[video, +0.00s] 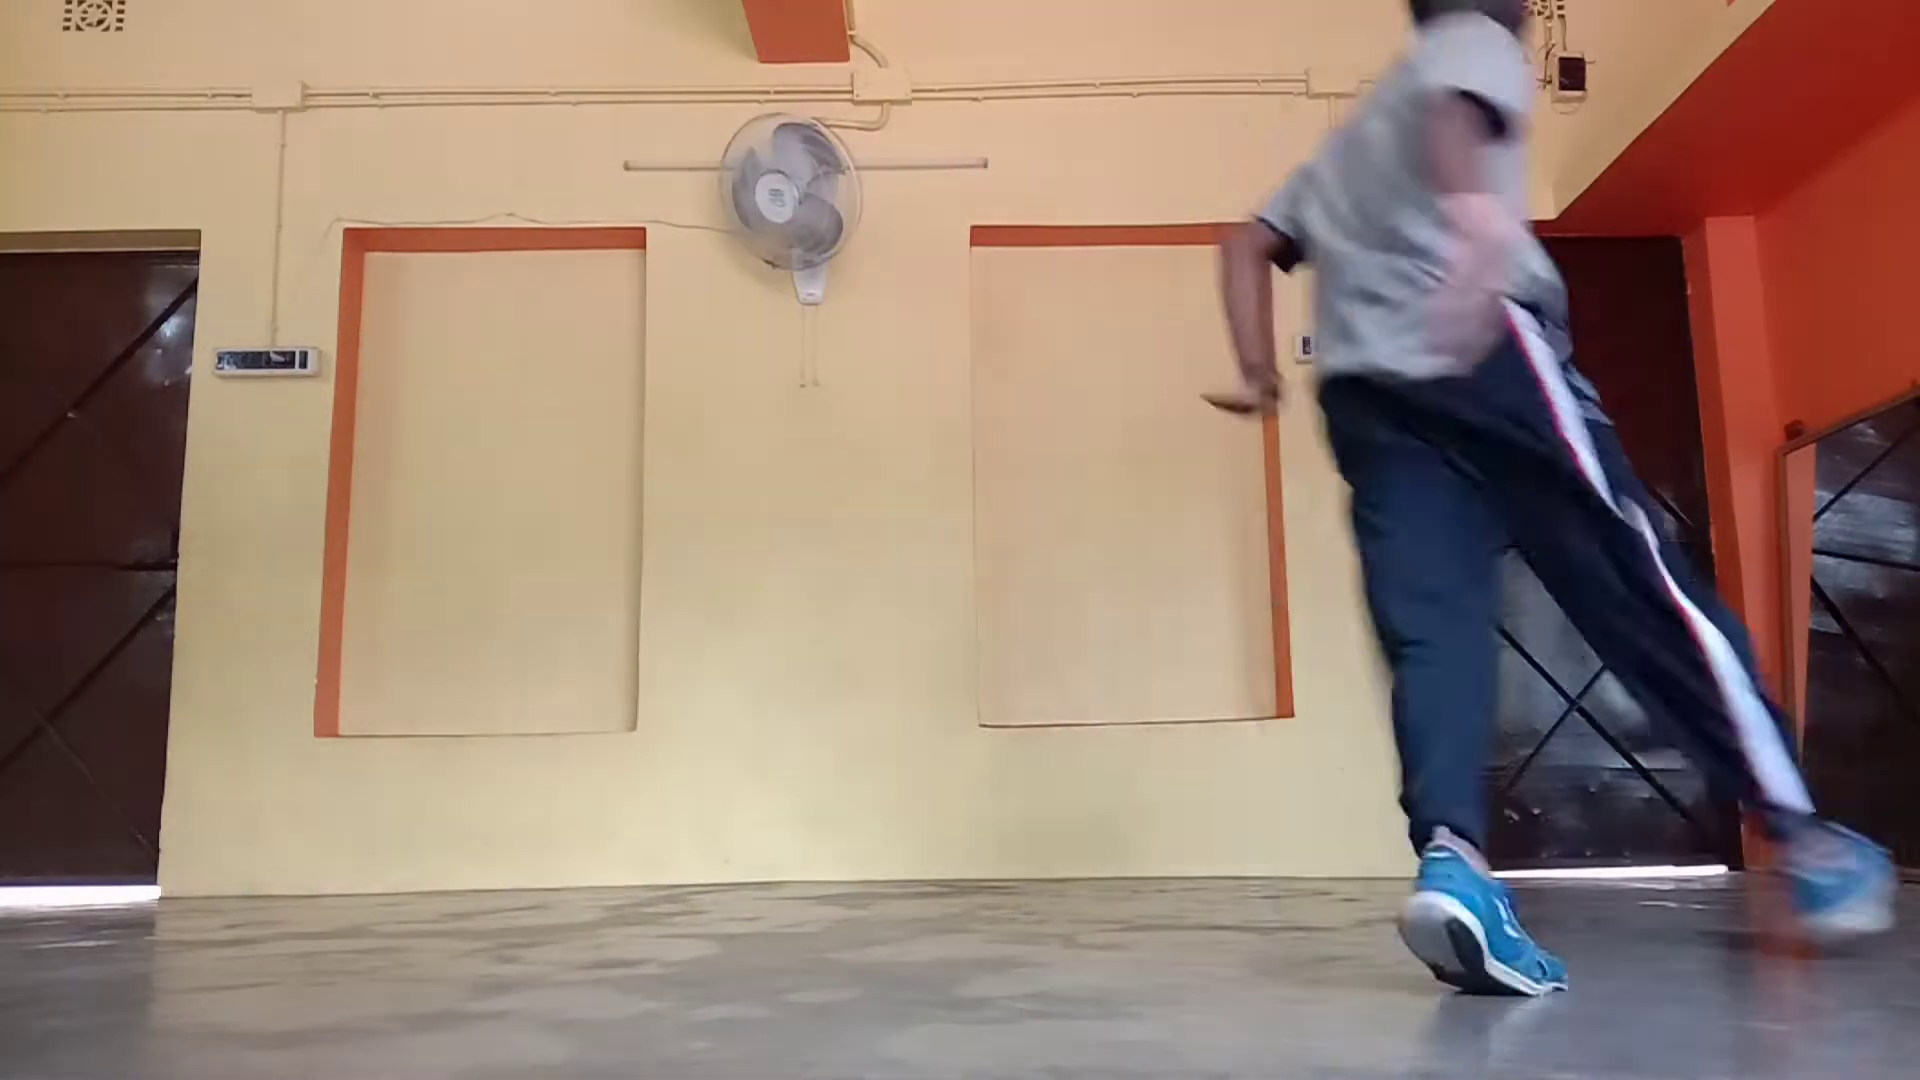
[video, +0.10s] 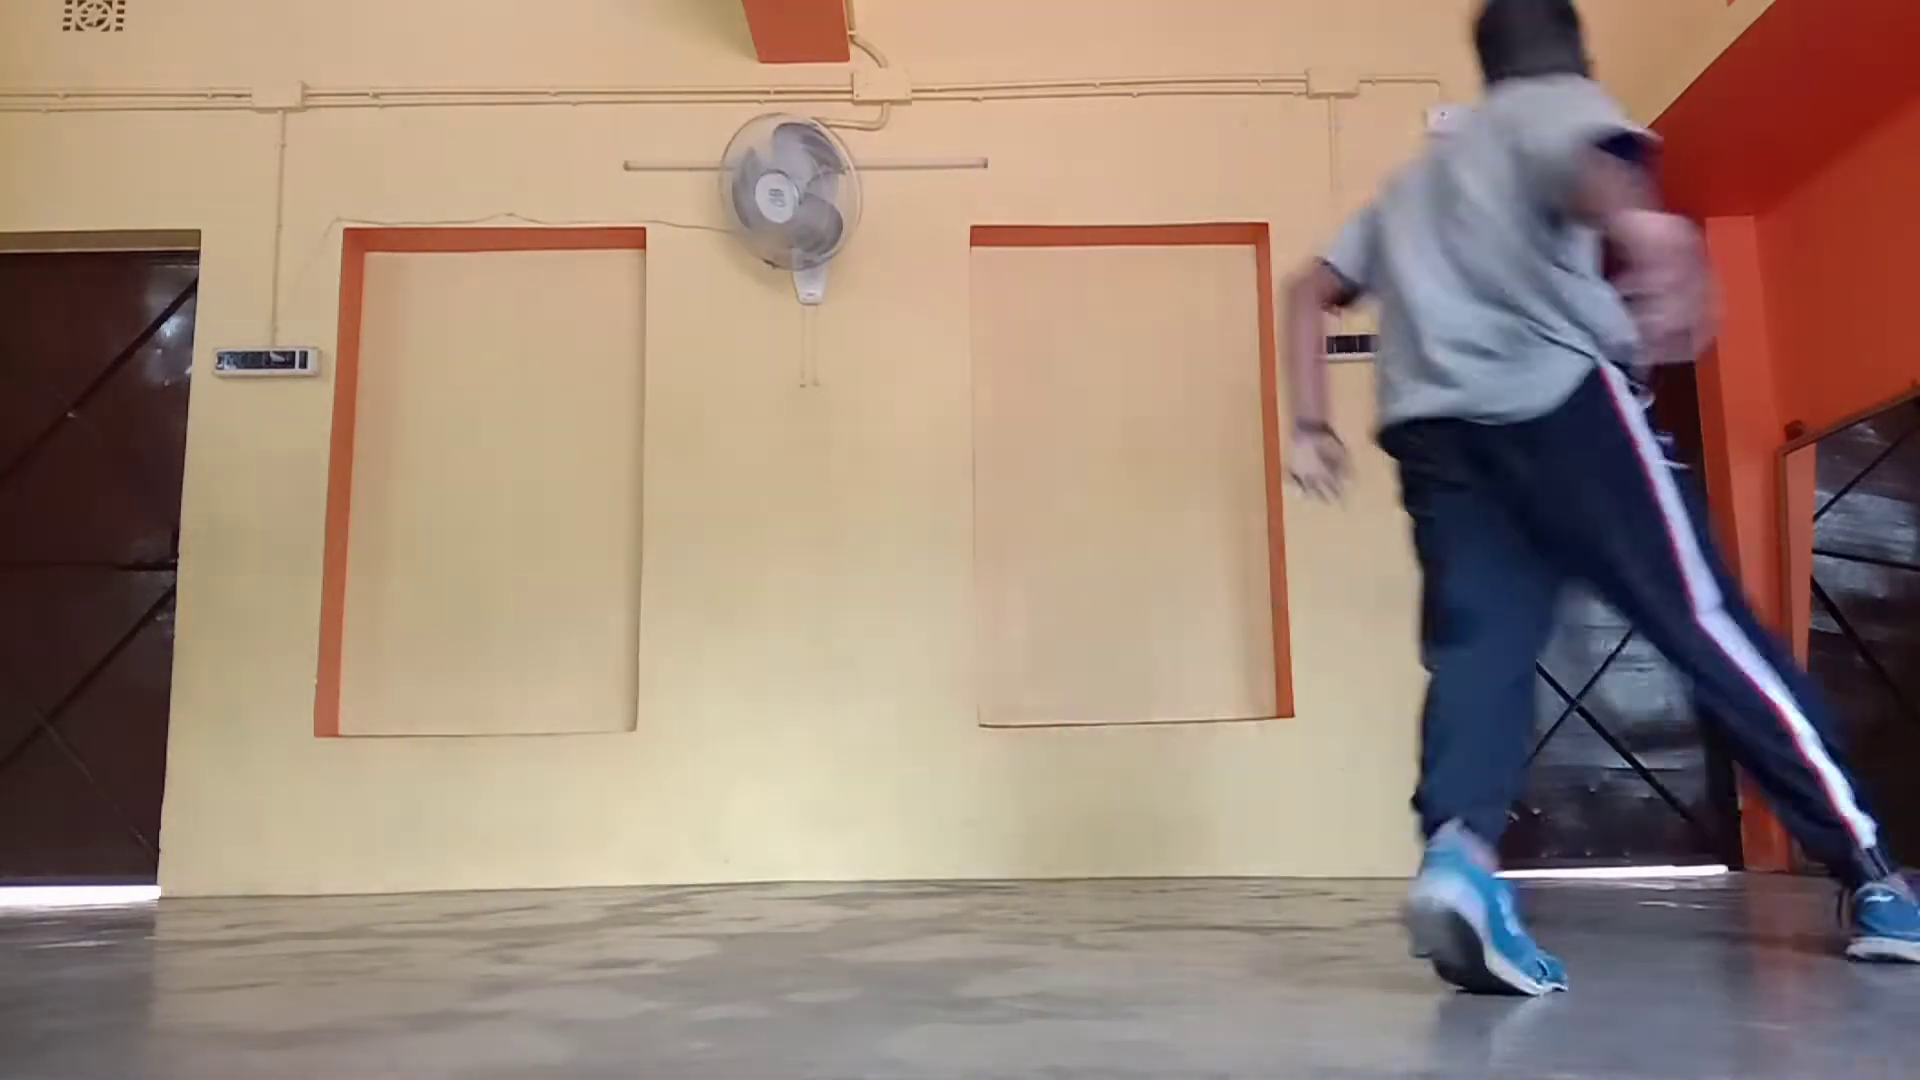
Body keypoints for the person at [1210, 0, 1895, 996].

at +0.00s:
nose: (1529, 27)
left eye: (1527, 22)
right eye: (1526, 18)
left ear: (1421, 16)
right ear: (1507, 12)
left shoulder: (1363, 129)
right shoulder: (1476, 37)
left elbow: (1244, 246)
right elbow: (1449, 118)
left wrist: (1257, 370)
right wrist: (1477, 217)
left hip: (1365, 378)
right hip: (1479, 338)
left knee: (1430, 616)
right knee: (1631, 573)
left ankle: (1450, 862)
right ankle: (1798, 831)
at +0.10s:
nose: (1577, 63)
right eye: (1573, 47)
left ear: (1485, 63)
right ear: (1571, 49)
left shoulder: (1422, 173)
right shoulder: (1560, 102)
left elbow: (1308, 288)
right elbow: (1590, 175)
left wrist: (1311, 416)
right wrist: (1653, 238)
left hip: (1433, 426)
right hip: (1557, 398)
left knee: (1479, 635)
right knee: (1701, 624)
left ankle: (1459, 854)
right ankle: (1871, 876)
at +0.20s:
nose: (1617, 87)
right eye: (1617, 73)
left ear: (1524, 92)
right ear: (1621, 81)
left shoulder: (1466, 190)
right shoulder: (1650, 145)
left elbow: (1383, 286)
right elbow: (1730, 221)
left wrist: (1406, 424)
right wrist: (1843, 291)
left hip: (1499, 446)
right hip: (1635, 421)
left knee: (1569, 632)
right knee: (1767, 613)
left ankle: (1552, 740)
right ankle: (1875, 867)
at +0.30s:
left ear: (1497, 72)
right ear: (1586, 57)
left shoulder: (1459, 142)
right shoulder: (1656, 119)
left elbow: (1407, 215)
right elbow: (1746, 221)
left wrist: (1452, 347)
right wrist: (1833, 328)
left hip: (1523, 405)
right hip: (1658, 396)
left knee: (1536, 596)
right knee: (1758, 585)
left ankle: (1671, 709)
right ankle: (1857, 811)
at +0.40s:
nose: (1450, 90)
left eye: (1453, 76)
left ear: (1460, 74)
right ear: (1547, 66)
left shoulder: (1461, 125)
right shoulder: (1644, 128)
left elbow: (1449, 185)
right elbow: (1741, 261)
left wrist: (1463, 323)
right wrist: (1732, 349)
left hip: (1543, 404)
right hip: (1667, 399)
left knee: (1546, 594)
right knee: (1748, 600)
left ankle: (1695, 785)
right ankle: (1855, 806)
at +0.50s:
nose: (1438, 173)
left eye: (1435, 161)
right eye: (1441, 163)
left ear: (1444, 144)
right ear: (1517, 130)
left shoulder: (1464, 175)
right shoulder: (1629, 198)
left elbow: (1482, 243)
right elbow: (1706, 292)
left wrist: (1483, 369)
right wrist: (1677, 372)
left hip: (1560, 441)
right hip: (1673, 438)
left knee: (1592, 647)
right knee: (1753, 634)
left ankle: (1640, 831)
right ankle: (1853, 849)